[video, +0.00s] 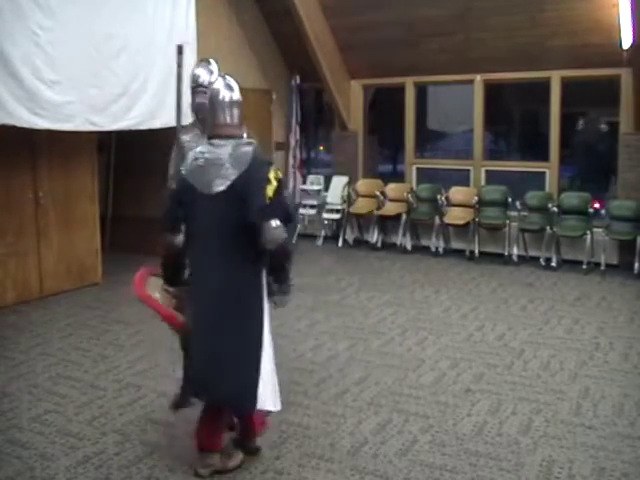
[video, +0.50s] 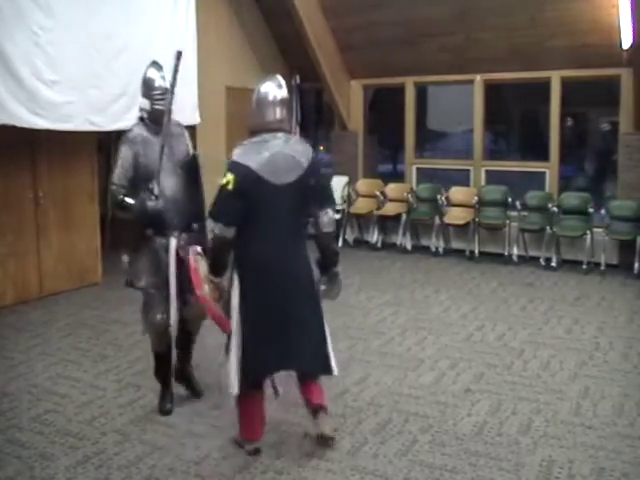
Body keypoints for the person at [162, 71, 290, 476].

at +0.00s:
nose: (232, 121)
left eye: (215, 114)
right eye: (234, 115)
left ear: (203, 118)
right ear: (240, 116)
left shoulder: (192, 160)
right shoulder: (252, 163)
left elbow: (174, 222)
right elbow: (269, 228)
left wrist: (173, 275)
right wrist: (281, 269)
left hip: (205, 274)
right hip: (242, 275)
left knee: (225, 354)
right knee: (244, 356)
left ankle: (246, 435)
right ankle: (213, 445)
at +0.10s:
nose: (238, 119)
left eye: (232, 113)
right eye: (238, 113)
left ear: (212, 117)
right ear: (246, 115)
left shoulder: (200, 164)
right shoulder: (264, 162)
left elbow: (184, 219)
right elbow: (279, 223)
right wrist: (289, 264)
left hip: (215, 268)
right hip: (253, 270)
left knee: (229, 348)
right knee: (244, 352)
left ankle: (248, 433)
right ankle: (214, 445)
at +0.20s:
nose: (245, 119)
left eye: (237, 115)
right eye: (248, 114)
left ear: (222, 119)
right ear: (256, 117)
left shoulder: (209, 163)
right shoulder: (273, 160)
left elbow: (193, 218)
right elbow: (290, 219)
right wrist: (302, 265)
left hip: (224, 267)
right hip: (263, 267)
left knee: (233, 346)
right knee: (255, 345)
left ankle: (249, 432)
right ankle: (224, 429)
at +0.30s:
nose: (254, 118)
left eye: (245, 113)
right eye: (258, 112)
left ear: (231, 117)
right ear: (265, 116)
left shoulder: (214, 162)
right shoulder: (284, 159)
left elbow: (201, 226)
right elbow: (306, 219)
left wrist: (201, 272)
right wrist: (311, 267)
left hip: (231, 266)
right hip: (273, 266)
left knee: (238, 342)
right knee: (276, 343)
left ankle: (239, 419)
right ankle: (256, 414)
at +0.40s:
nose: (266, 117)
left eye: (257, 111)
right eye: (271, 111)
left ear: (243, 114)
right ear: (277, 114)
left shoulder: (226, 163)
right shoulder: (295, 159)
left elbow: (212, 231)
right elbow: (315, 222)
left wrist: (209, 272)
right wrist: (321, 266)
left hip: (242, 266)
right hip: (283, 264)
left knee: (245, 344)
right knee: (289, 335)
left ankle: (250, 434)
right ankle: (286, 409)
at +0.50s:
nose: (277, 115)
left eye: (267, 109)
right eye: (283, 109)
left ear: (254, 112)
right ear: (289, 112)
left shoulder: (244, 160)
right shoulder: (312, 159)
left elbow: (222, 228)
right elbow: (324, 222)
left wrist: (217, 272)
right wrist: (330, 267)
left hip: (254, 268)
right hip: (295, 266)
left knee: (250, 352)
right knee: (304, 343)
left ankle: (251, 437)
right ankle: (321, 417)